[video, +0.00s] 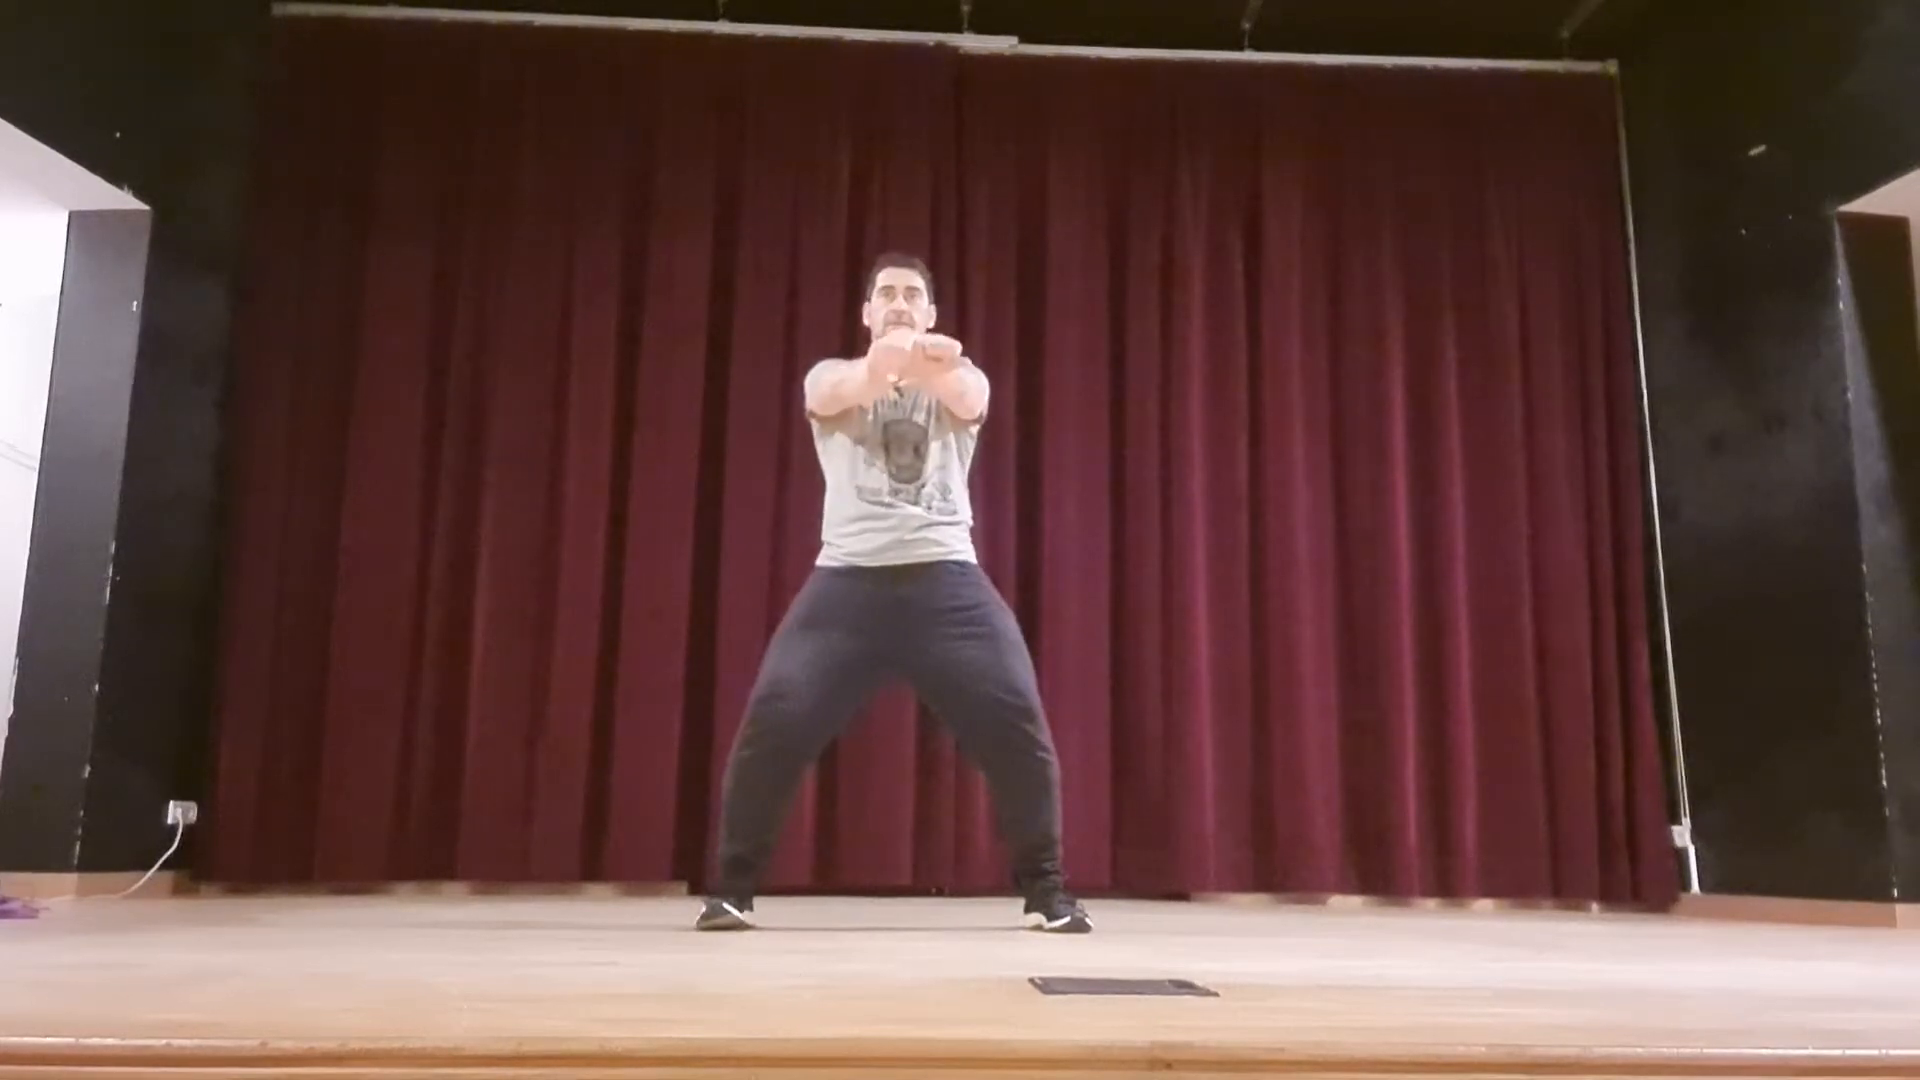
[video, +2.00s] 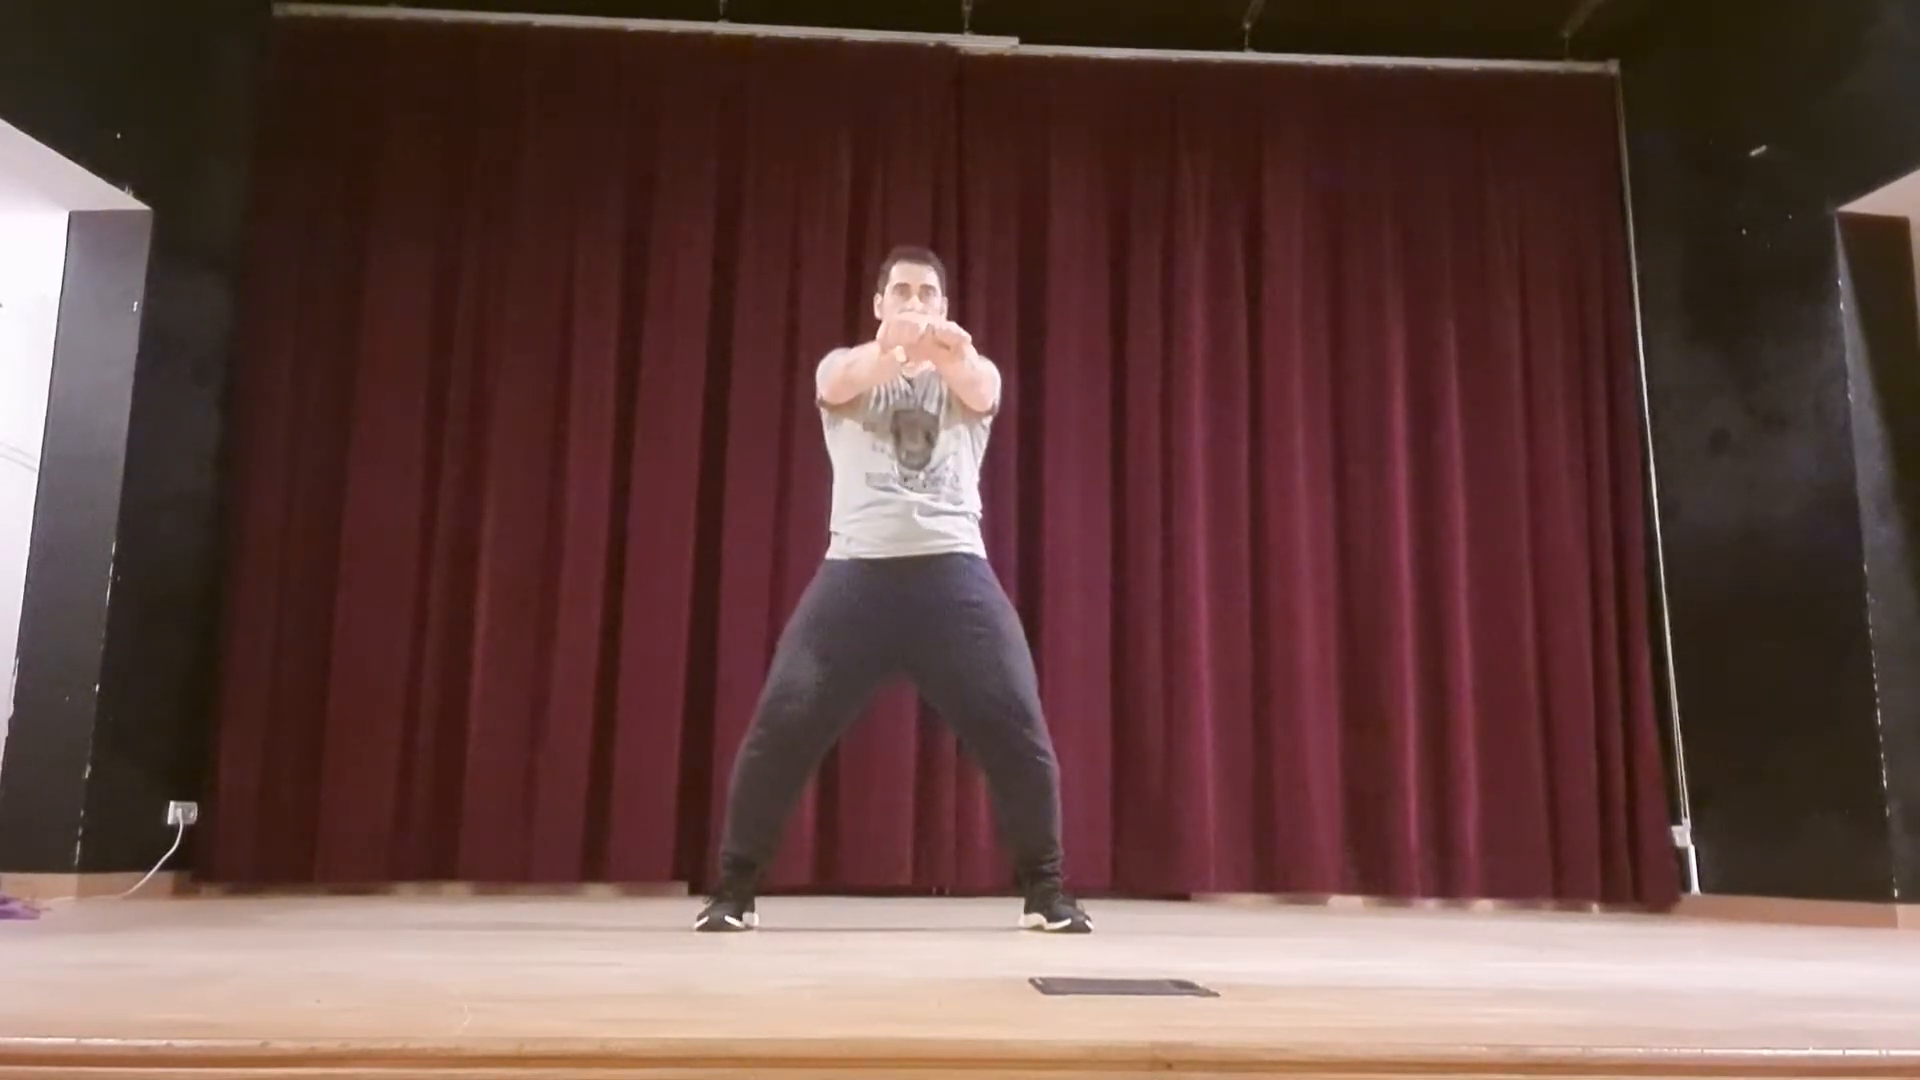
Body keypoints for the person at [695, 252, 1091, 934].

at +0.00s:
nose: (898, 303)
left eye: (911, 295)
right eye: (886, 294)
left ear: (931, 311)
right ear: (866, 311)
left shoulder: (958, 375)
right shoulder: (833, 375)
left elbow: (970, 402)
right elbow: (829, 397)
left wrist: (937, 369)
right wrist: (881, 370)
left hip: (946, 580)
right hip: (846, 581)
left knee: (1015, 715)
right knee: (776, 713)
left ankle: (1046, 888)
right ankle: (731, 891)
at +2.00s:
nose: (914, 302)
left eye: (926, 293)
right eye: (902, 291)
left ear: (945, 307)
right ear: (877, 304)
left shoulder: (973, 372)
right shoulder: (845, 363)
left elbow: (981, 394)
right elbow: (835, 388)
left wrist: (955, 356)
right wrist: (890, 355)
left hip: (954, 573)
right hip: (855, 573)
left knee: (1017, 727)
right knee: (784, 719)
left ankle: (1046, 890)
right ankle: (734, 892)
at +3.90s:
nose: (910, 286)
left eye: (922, 277)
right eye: (896, 277)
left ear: (943, 292)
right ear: (872, 294)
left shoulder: (969, 357)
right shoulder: (842, 349)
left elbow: (979, 383)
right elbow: (832, 373)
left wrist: (950, 336)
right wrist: (899, 334)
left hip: (950, 570)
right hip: (848, 565)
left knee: (1015, 710)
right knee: (765, 682)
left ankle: (1045, 882)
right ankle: (720, 863)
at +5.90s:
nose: (947, 293)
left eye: (959, 286)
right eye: (934, 285)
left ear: (979, 310)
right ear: (913, 309)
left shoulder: (1005, 376)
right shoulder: (877, 360)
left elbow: (1016, 419)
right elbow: (878, 382)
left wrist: (985, 365)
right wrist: (957, 371)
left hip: (977, 578)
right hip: (874, 575)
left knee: (1034, 713)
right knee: (789, 685)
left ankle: (1048, 890)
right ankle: (736, 869)